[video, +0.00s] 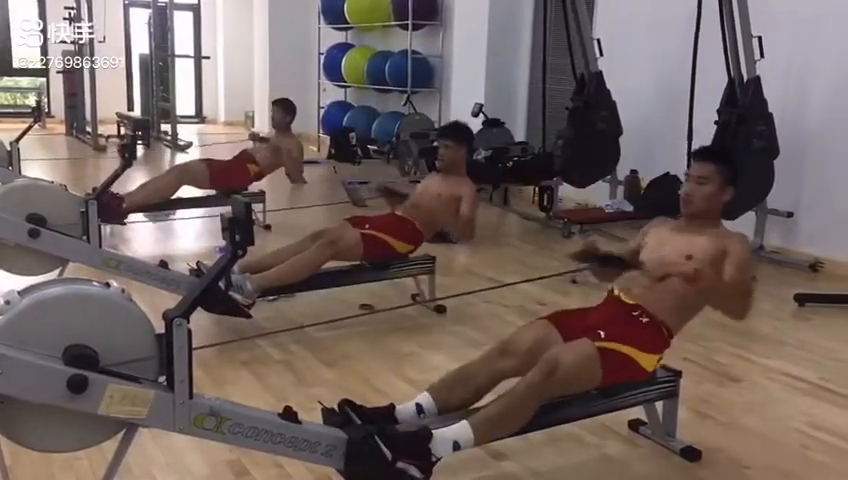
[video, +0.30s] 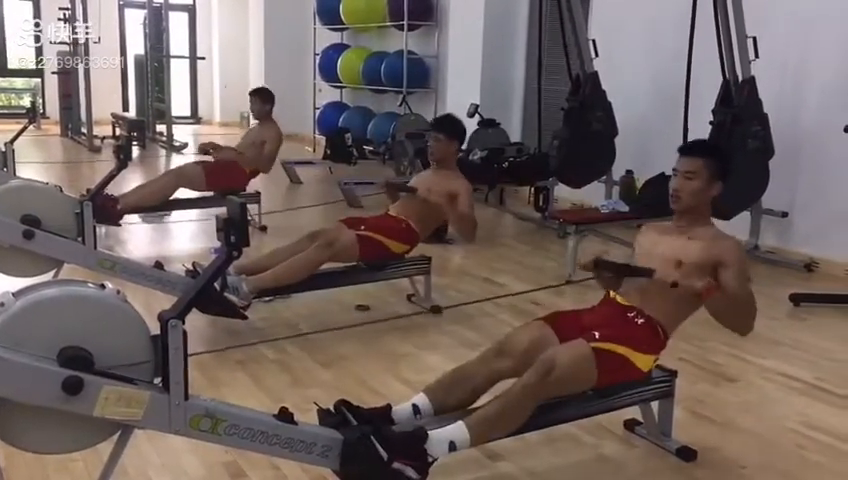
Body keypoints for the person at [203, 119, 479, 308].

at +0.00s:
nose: (439, 153)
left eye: (446, 149)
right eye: (438, 148)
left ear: (464, 153)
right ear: (441, 150)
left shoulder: (467, 189)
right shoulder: (433, 177)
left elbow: (466, 235)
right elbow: (411, 212)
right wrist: (393, 198)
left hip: (405, 234)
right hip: (386, 220)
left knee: (331, 244)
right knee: (318, 235)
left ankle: (251, 287)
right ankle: (234, 269)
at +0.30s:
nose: (432, 145)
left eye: (438, 141)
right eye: (432, 140)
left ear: (456, 146)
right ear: (435, 142)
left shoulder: (460, 184)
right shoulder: (429, 172)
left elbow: (468, 234)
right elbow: (407, 209)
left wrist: (450, 207)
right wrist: (394, 193)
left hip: (400, 234)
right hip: (380, 221)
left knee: (327, 246)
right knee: (314, 236)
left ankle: (247, 289)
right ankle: (233, 271)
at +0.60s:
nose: (405, 130)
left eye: (412, 125)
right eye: (406, 124)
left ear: (432, 131)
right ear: (411, 129)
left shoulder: (437, 170)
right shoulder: (406, 163)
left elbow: (427, 218)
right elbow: (382, 198)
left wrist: (378, 220)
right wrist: (351, 209)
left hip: (396, 238)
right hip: (374, 227)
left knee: (326, 249)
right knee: (312, 240)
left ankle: (247, 291)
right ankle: (232, 274)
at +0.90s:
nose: (387, 126)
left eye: (394, 120)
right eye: (388, 120)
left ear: (413, 125)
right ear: (393, 123)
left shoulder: (422, 166)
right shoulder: (393, 159)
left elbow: (398, 214)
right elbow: (359, 195)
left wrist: (354, 235)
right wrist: (321, 219)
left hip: (396, 240)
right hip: (374, 231)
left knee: (324, 257)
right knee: (311, 248)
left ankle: (248, 293)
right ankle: (233, 276)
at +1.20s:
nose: (380, 127)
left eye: (387, 121)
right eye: (381, 121)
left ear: (405, 125)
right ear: (390, 125)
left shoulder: (418, 165)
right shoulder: (385, 162)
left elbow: (387, 211)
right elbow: (351, 195)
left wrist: (341, 238)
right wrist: (310, 222)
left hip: (398, 244)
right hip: (376, 235)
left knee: (326, 263)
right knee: (314, 252)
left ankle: (251, 295)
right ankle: (237, 278)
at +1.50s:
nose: (369, 129)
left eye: (374, 123)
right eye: (369, 122)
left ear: (394, 127)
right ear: (380, 126)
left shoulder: (409, 167)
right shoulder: (375, 162)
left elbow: (375, 208)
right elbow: (340, 195)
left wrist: (329, 234)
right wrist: (300, 221)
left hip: (395, 243)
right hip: (372, 233)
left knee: (322, 249)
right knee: (308, 239)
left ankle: (254, 295)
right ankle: (241, 278)